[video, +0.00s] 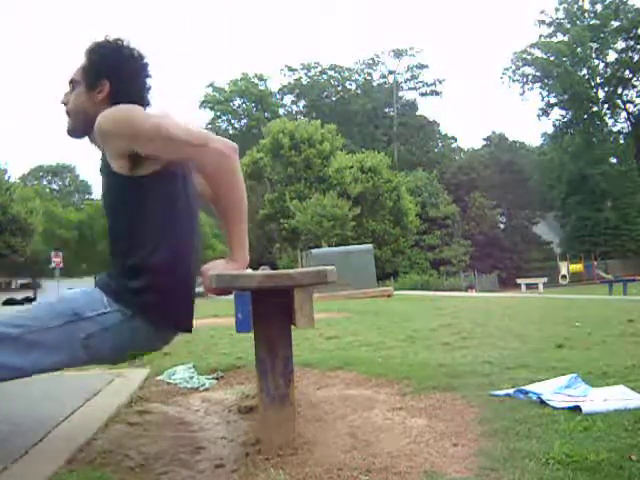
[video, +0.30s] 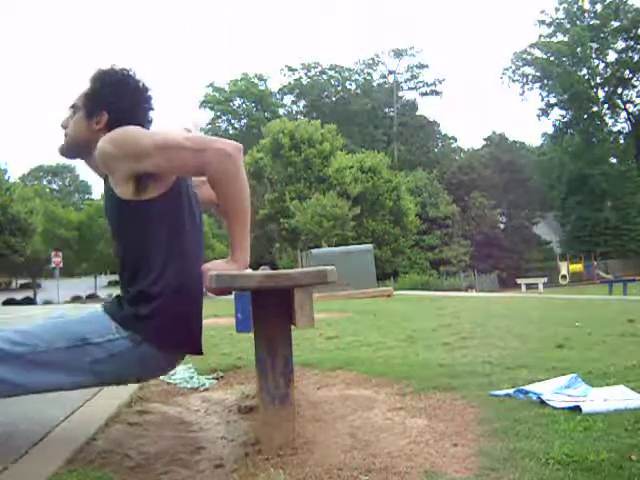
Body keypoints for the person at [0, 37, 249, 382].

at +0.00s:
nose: (64, 99)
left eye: (73, 86)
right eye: (69, 86)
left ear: (101, 91)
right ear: (102, 92)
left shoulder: (114, 122)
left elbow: (222, 154)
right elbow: (211, 190)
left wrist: (239, 259)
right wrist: (243, 251)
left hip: (134, 308)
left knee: (3, 338)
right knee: (9, 326)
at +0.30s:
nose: (64, 121)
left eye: (74, 111)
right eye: (70, 110)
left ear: (99, 121)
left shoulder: (116, 146)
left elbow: (225, 155)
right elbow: (219, 193)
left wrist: (240, 258)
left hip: (144, 332)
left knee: (5, 349)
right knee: (10, 340)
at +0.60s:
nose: (76, 18)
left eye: (86, 6)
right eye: (81, 7)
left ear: (112, 10)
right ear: (111, 12)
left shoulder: (129, 53)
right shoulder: (155, 63)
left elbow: (177, 158)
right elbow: (181, 160)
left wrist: (226, 253)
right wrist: (227, 254)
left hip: (101, 237)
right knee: (4, 315)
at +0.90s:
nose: (65, 82)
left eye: (75, 68)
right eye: (70, 69)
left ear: (103, 71)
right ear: (103, 72)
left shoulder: (115, 104)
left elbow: (213, 153)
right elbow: (219, 153)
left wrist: (238, 257)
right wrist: (239, 255)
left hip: (120, 293)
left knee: (1, 327)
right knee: (4, 317)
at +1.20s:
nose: (60, 155)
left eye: (67, 144)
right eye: (63, 144)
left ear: (94, 147)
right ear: (90, 148)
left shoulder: (112, 172)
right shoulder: (165, 193)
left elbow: (218, 156)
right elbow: (222, 189)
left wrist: (239, 257)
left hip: (140, 360)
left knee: (4, 344)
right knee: (7, 340)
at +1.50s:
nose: (62, 81)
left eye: (72, 69)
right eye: (68, 69)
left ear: (99, 76)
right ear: (100, 77)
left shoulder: (110, 109)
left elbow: (212, 153)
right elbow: (202, 187)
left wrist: (237, 257)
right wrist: (240, 250)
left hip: (120, 293)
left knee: (2, 316)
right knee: (5, 311)